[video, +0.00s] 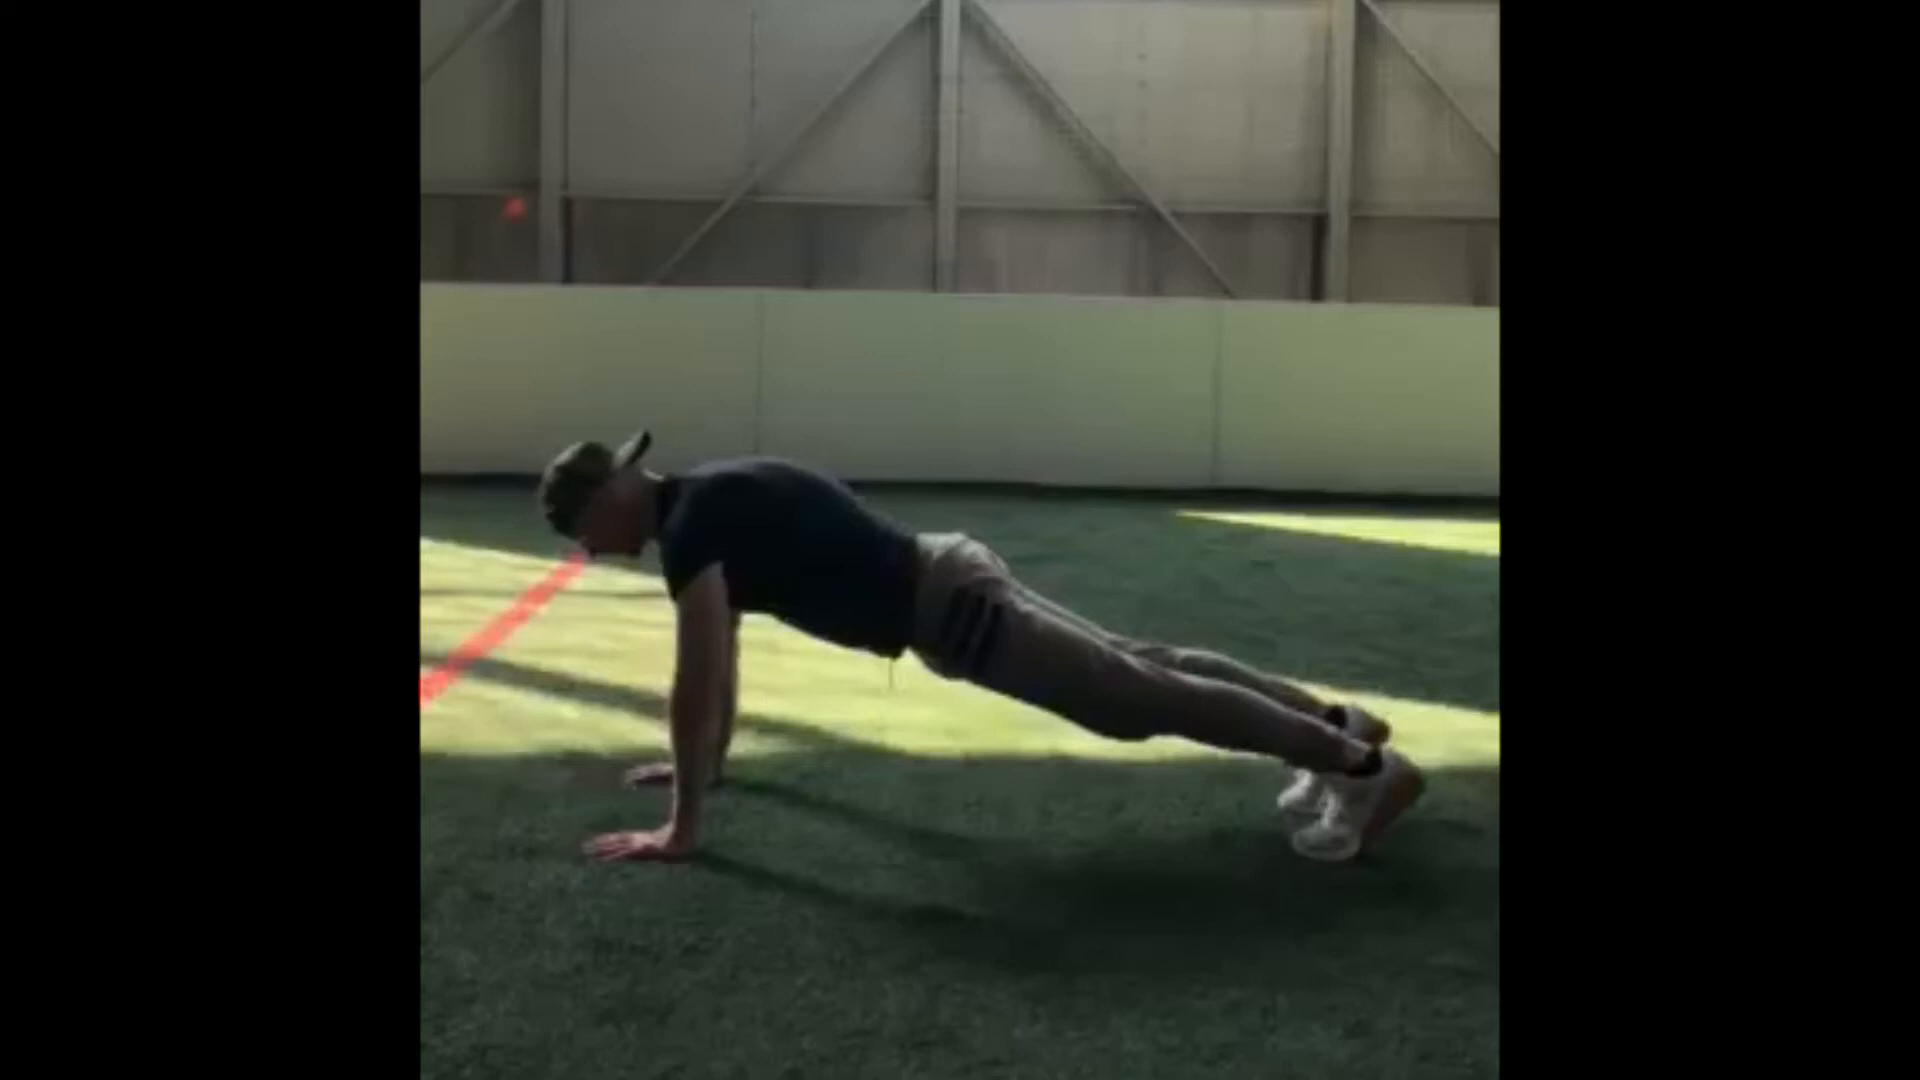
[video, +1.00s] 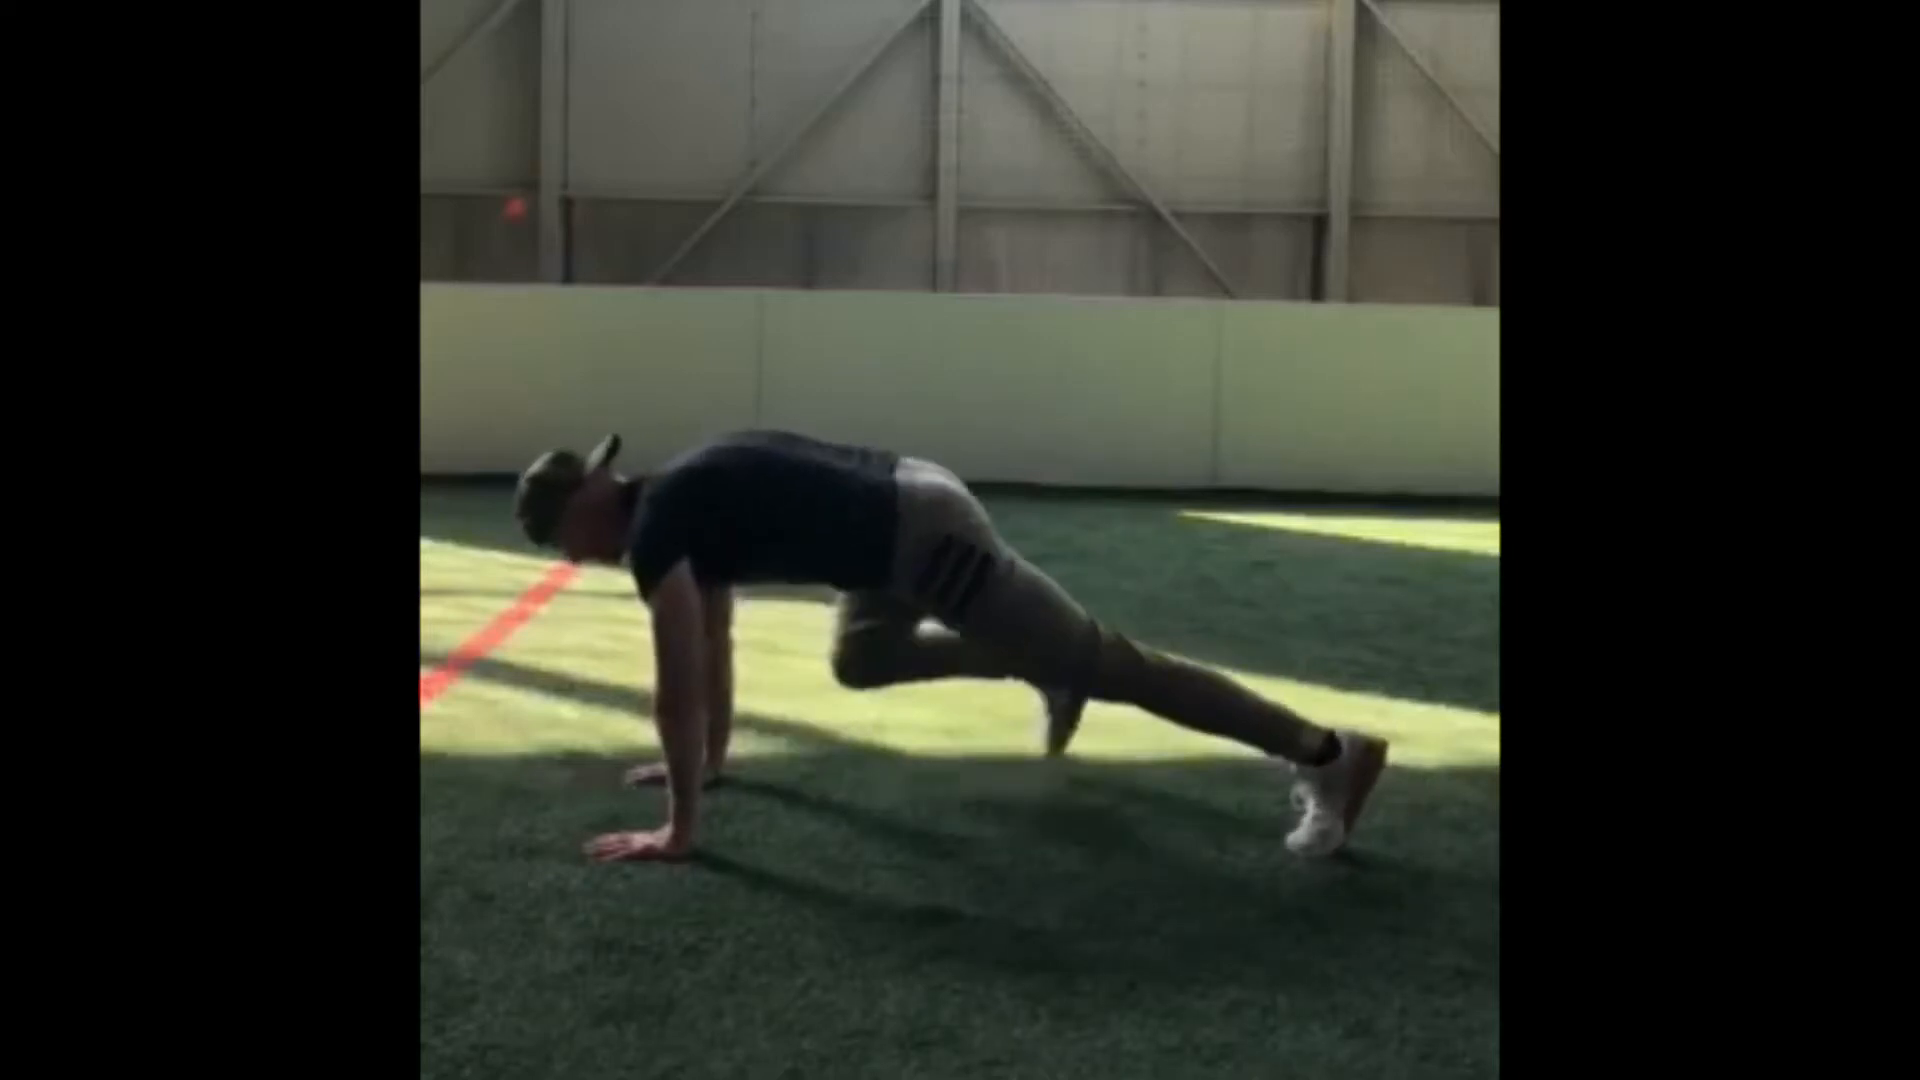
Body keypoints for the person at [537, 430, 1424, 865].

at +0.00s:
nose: (601, 556)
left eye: (594, 538)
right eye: (589, 545)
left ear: (617, 497)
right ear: (625, 489)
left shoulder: (691, 524)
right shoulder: (707, 503)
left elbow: (698, 686)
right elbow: (718, 675)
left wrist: (681, 826)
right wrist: (693, 773)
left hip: (952, 612)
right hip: (959, 580)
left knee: (1141, 707)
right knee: (1141, 668)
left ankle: (1366, 771)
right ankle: (1336, 727)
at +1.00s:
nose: (583, 563)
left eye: (575, 549)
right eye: (572, 551)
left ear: (591, 509)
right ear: (605, 488)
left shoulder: (659, 531)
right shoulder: (685, 499)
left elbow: (678, 690)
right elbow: (712, 654)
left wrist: (678, 828)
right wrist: (707, 757)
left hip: (924, 527)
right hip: (900, 509)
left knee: (1110, 666)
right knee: (860, 661)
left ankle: (1330, 754)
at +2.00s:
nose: (558, 567)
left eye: (550, 552)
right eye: (546, 558)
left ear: (573, 505)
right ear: (581, 496)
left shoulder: (638, 537)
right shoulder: (657, 502)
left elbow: (669, 686)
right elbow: (703, 647)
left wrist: (680, 832)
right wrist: (705, 755)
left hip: (880, 530)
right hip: (920, 503)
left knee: (764, 703)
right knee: (1073, 638)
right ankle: (1280, 721)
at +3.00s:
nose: (590, 565)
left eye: (582, 551)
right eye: (580, 553)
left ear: (599, 513)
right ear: (617, 486)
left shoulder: (661, 534)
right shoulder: (704, 491)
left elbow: (684, 695)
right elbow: (720, 663)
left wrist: (678, 829)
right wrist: (695, 768)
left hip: (919, 543)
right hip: (927, 485)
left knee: (1094, 690)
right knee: (780, 547)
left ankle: (1324, 771)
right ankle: (872, 708)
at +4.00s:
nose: (572, 554)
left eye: (564, 538)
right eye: (560, 544)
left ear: (591, 502)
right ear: (603, 488)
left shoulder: (662, 532)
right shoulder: (674, 500)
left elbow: (680, 683)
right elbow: (699, 661)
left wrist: (678, 825)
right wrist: (688, 760)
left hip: (894, 551)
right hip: (932, 543)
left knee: (697, 591)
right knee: (1080, 680)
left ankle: (782, 820)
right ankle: (1295, 733)